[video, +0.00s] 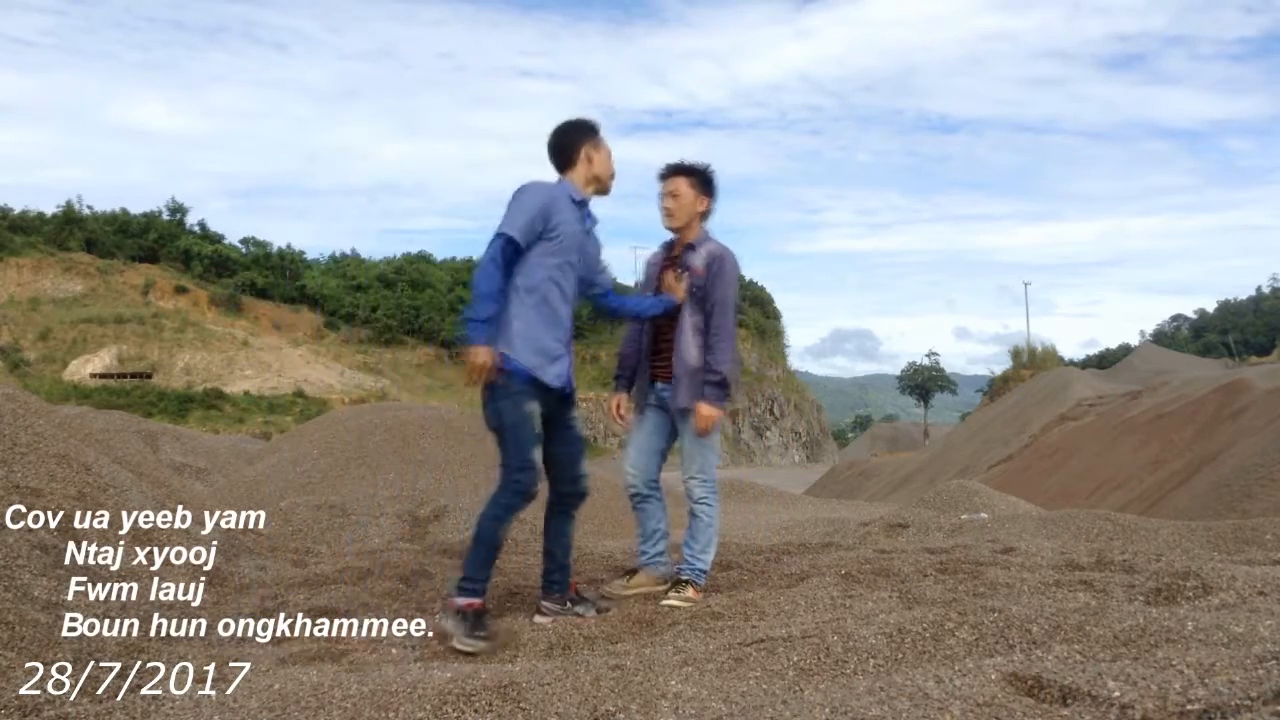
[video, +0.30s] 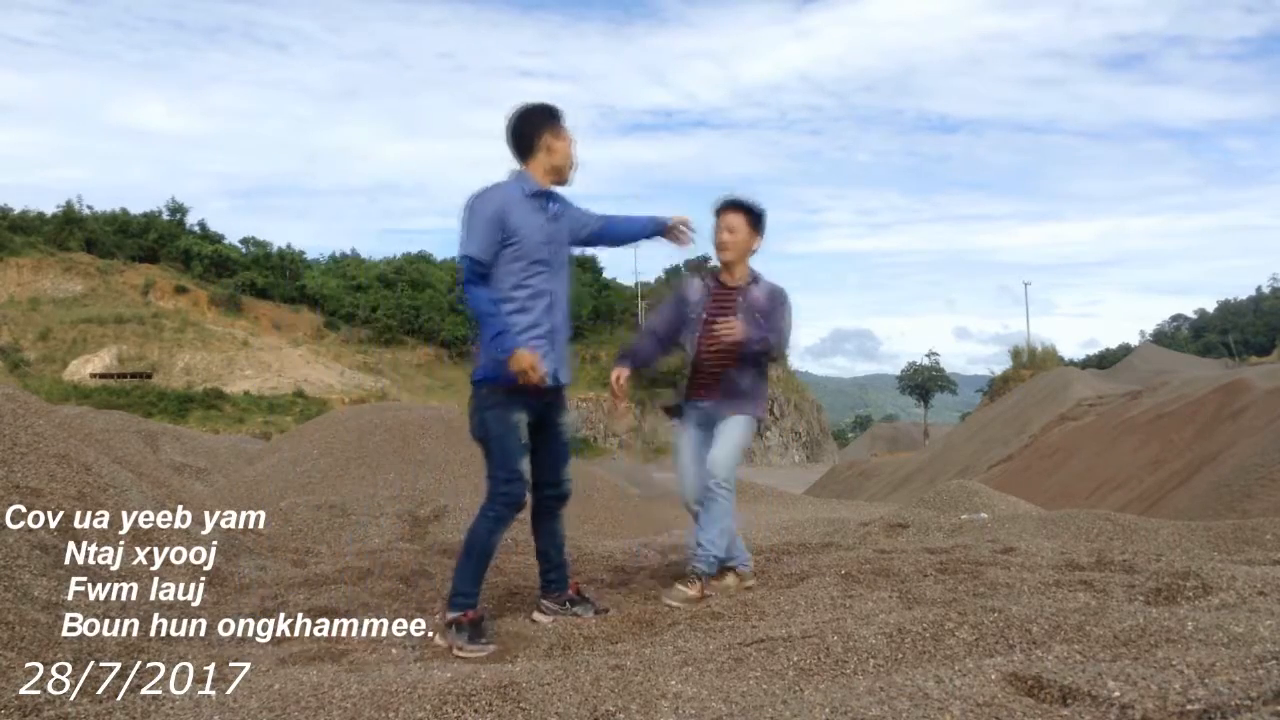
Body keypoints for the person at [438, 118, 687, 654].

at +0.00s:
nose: (614, 163)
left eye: (610, 153)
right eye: (608, 152)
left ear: (585, 159)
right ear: (587, 155)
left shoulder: (585, 233)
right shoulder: (541, 195)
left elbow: (608, 299)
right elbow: (496, 258)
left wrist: (668, 299)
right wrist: (480, 333)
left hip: (555, 376)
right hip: (513, 364)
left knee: (569, 486)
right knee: (520, 482)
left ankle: (556, 593)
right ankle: (468, 599)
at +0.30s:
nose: (574, 148)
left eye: (571, 138)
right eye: (566, 138)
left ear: (548, 145)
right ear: (544, 143)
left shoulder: (562, 211)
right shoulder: (492, 203)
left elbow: (606, 228)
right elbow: (472, 285)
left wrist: (660, 227)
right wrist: (511, 346)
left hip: (550, 377)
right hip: (501, 378)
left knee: (551, 491)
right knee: (507, 493)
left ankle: (556, 593)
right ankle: (461, 612)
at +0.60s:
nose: (542, 134)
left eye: (539, 123)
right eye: (537, 124)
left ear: (507, 130)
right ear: (519, 128)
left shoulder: (515, 196)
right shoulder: (464, 193)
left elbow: (509, 286)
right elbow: (444, 283)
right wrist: (437, 363)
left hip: (519, 370)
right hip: (473, 372)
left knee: (538, 479)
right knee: (488, 486)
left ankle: (540, 588)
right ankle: (458, 612)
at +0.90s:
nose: (535, 125)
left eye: (530, 115)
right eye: (530, 115)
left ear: (498, 123)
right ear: (515, 120)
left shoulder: (503, 188)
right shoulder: (462, 183)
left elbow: (446, 263)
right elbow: (433, 267)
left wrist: (408, 323)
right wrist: (434, 355)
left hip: (506, 366)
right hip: (464, 368)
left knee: (524, 473)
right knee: (471, 483)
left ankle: (486, 576)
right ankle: (447, 612)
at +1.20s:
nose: (520, 133)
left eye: (516, 122)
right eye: (516, 123)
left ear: (480, 128)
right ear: (503, 126)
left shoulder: (483, 190)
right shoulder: (458, 189)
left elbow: (482, 282)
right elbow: (454, 283)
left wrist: (506, 338)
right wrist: (480, 367)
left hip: (489, 365)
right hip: (465, 368)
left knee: (495, 481)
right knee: (476, 488)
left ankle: (483, 590)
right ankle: (450, 615)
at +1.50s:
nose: (518, 135)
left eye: (514, 124)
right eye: (514, 124)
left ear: (475, 130)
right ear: (501, 127)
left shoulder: (480, 188)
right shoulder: (464, 188)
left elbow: (481, 282)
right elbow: (467, 281)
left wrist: (512, 337)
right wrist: (505, 362)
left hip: (485, 368)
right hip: (467, 371)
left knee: (503, 479)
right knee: (474, 488)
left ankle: (485, 590)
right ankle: (450, 616)